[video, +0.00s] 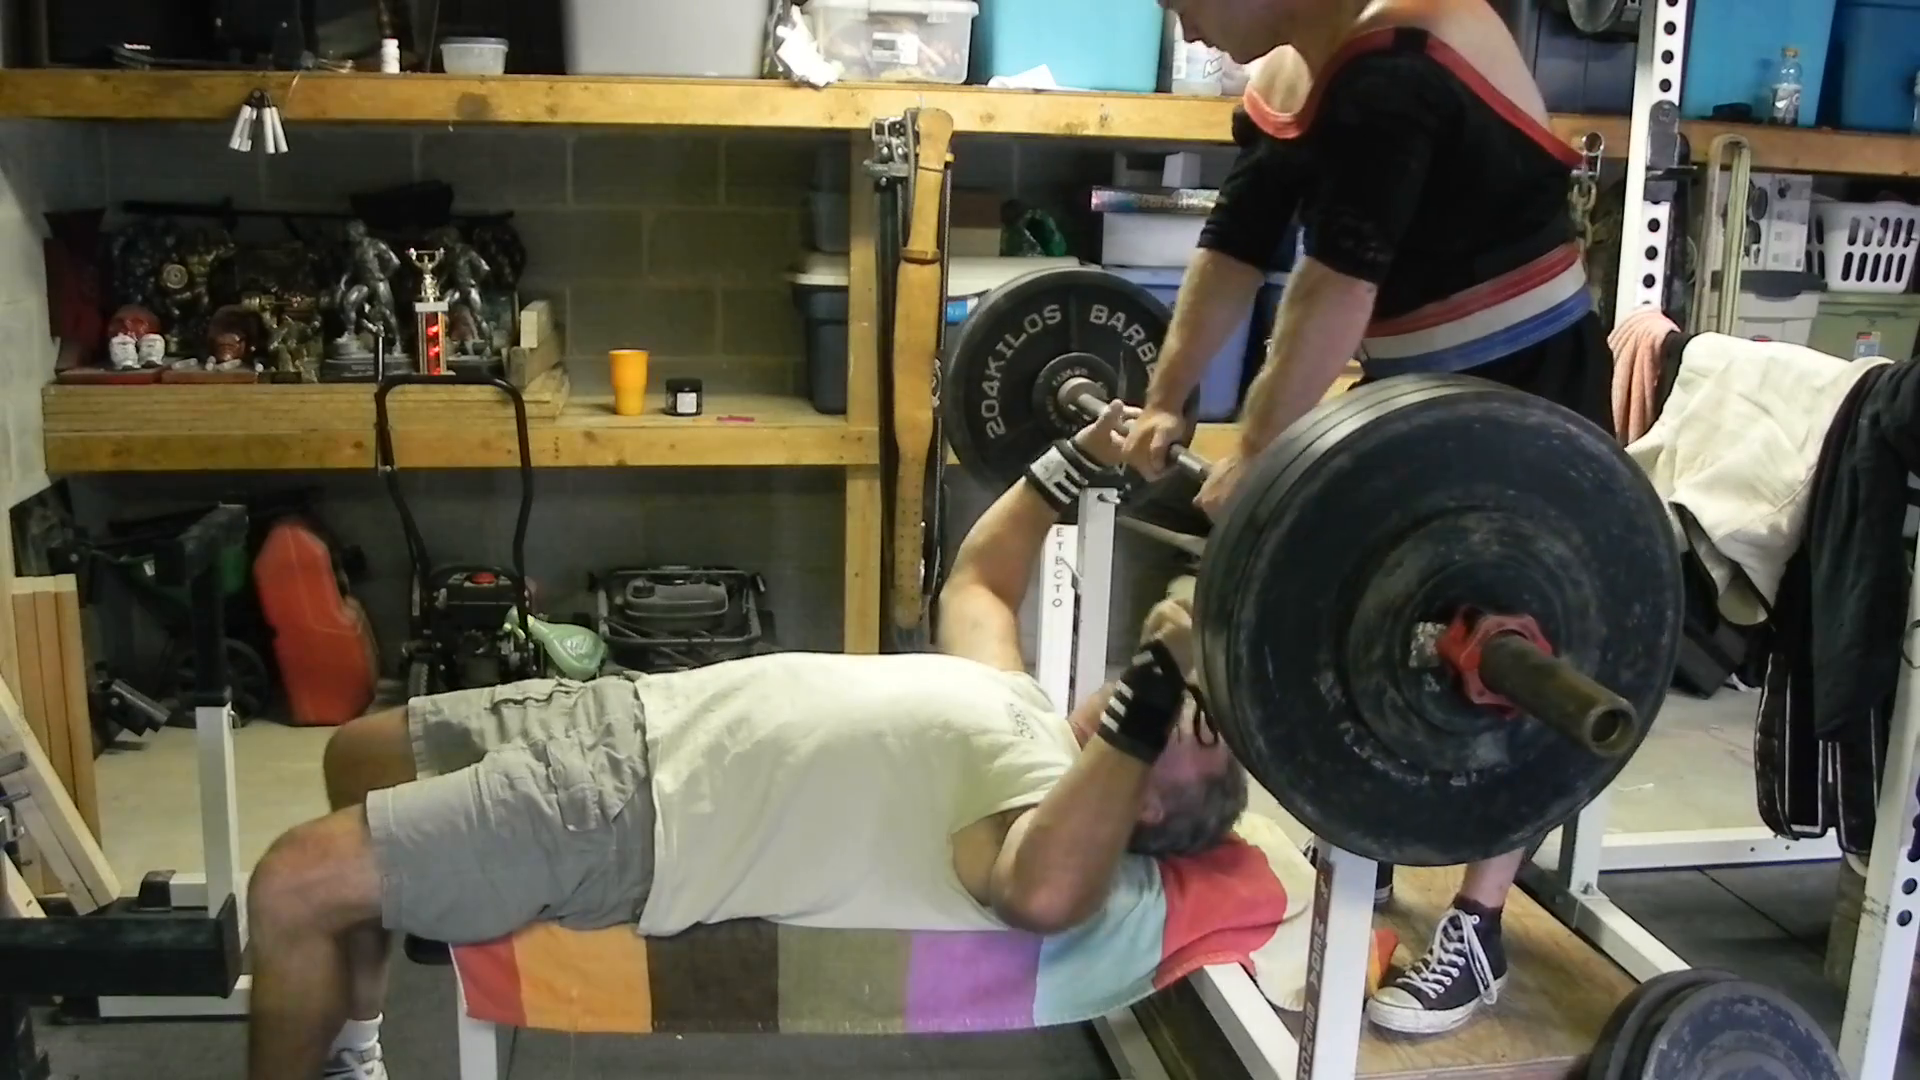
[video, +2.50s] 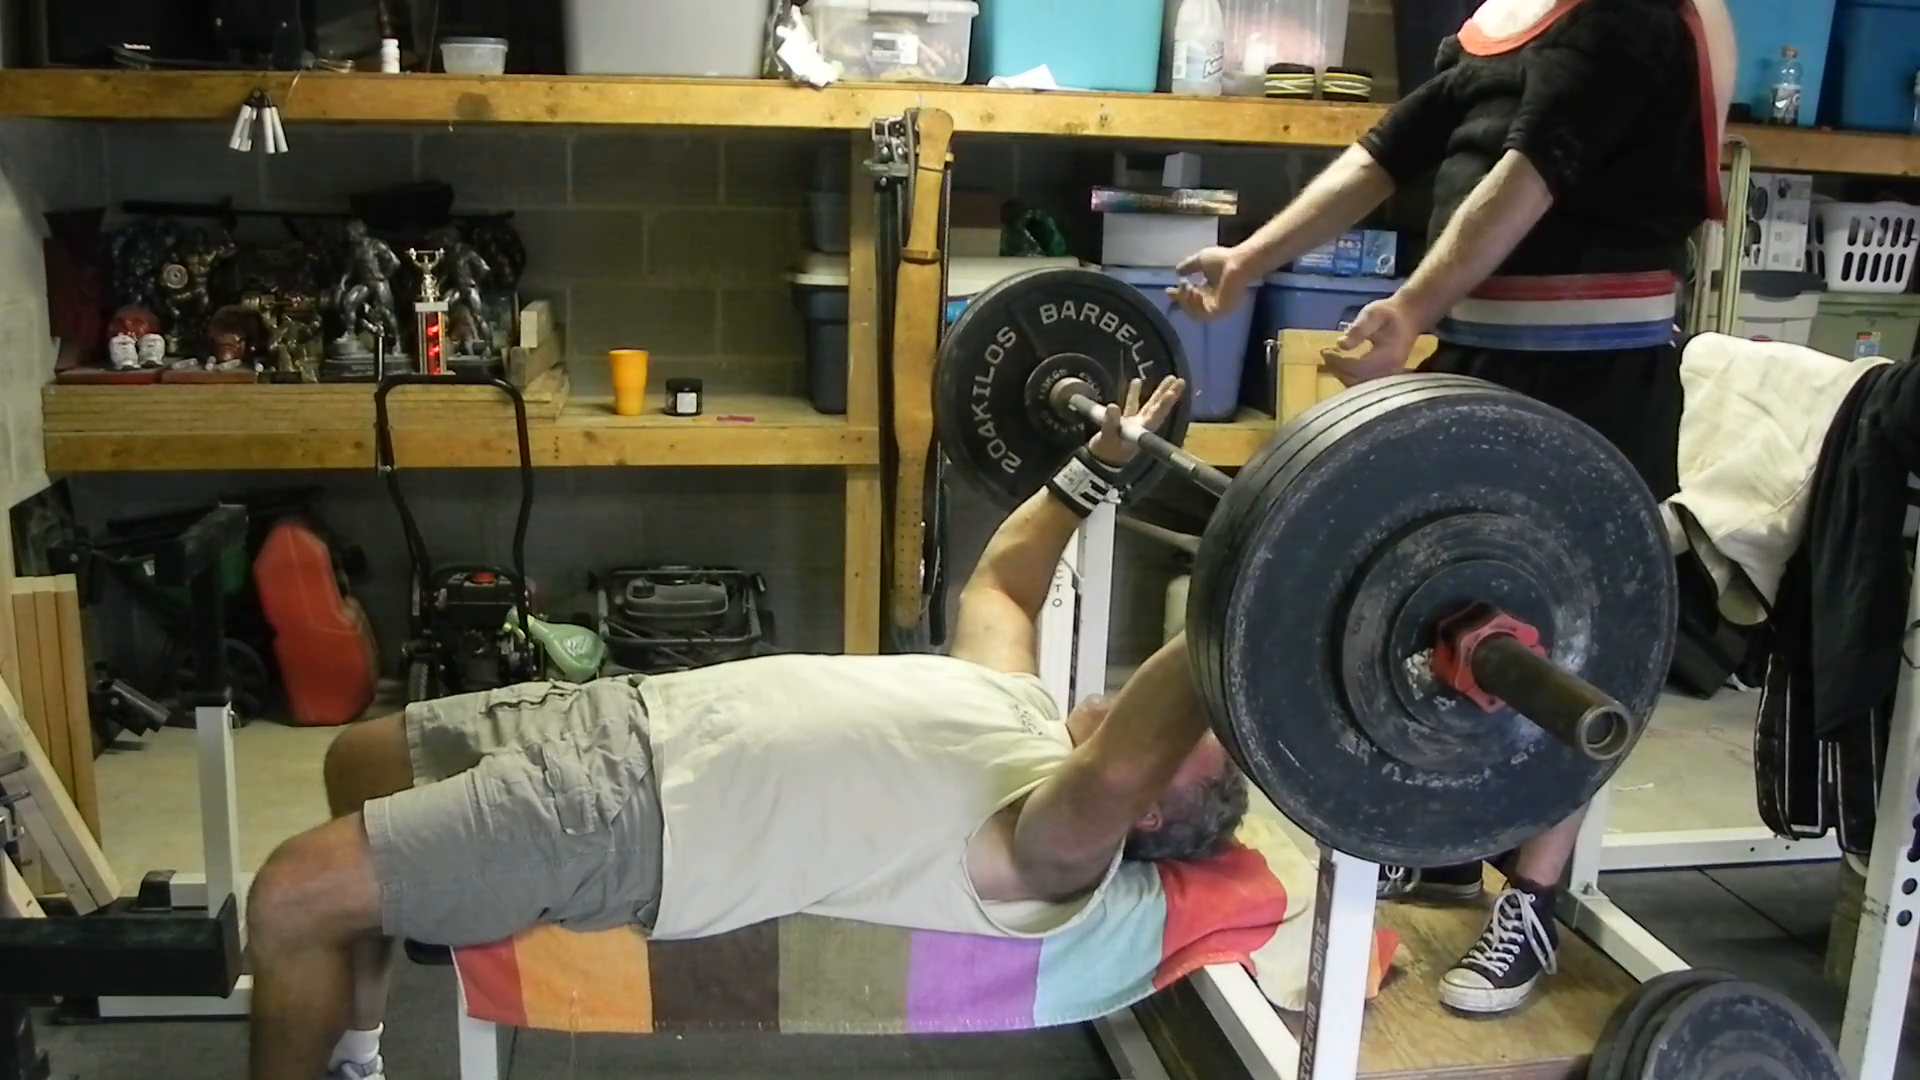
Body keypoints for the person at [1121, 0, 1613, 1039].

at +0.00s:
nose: (1186, 31)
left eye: (1186, 8)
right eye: (1180, 16)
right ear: (1253, 1)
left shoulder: (1394, 76)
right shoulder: (1287, 81)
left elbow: (1331, 306)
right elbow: (1234, 247)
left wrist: (1248, 461)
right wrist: (1162, 402)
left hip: (1522, 373)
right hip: (1393, 372)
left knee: (1519, 645)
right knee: (1378, 620)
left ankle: (1473, 917)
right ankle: (1362, 851)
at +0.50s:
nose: (1230, 6)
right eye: (1229, 4)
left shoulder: (1411, 60)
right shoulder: (1313, 55)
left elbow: (1359, 276)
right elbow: (1257, 219)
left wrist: (1273, 428)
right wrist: (1183, 377)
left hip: (1509, 378)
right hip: (1388, 373)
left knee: (1503, 644)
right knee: (1367, 619)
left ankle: (1471, 918)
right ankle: (1357, 847)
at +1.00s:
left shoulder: (1489, 14)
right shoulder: (1321, 28)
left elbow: (1434, 175)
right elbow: (1261, 187)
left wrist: (1319, 335)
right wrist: (1189, 338)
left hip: (1487, 358)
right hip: (1352, 364)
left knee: (1497, 628)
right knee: (1350, 620)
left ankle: (1481, 908)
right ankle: (1350, 879)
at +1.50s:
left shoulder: (1608, 18)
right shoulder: (1415, 15)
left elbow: (1523, 184)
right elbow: (1328, 152)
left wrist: (1398, 341)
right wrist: (1233, 285)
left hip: (1526, 365)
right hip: (1380, 342)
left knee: (1519, 625)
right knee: (1344, 608)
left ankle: (1526, 893)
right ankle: (1347, 862)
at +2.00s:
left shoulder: (1647, 29)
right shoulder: (1499, 27)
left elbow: (1529, 224)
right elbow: (1394, 156)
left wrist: (1394, 383)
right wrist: (1269, 270)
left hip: (1595, 387)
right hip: (1464, 372)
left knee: (1568, 638)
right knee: (1410, 607)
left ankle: (1529, 900)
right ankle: (1378, 839)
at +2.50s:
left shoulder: (1630, 17)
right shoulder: (1489, 24)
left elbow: (1531, 170)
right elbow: (1381, 157)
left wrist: (1410, 307)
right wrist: (1246, 257)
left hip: (1595, 374)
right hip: (1468, 362)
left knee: (1567, 627)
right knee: (1440, 603)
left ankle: (1530, 898)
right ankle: (1442, 839)